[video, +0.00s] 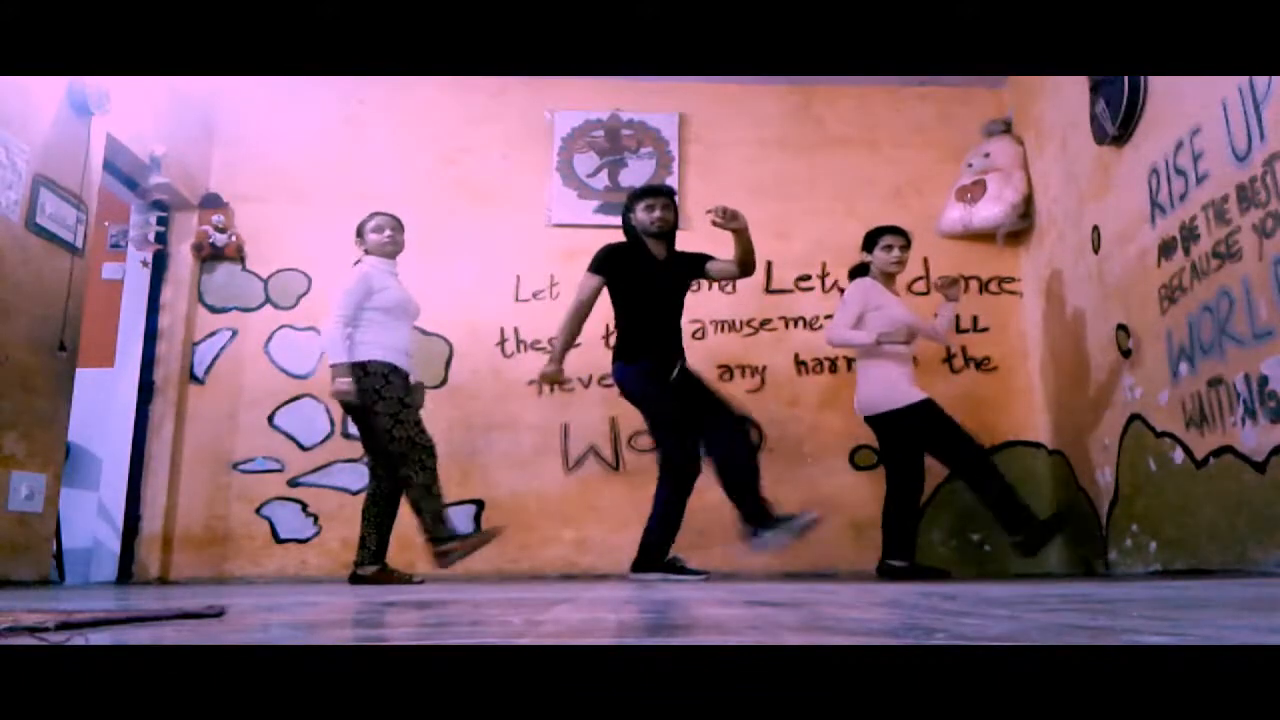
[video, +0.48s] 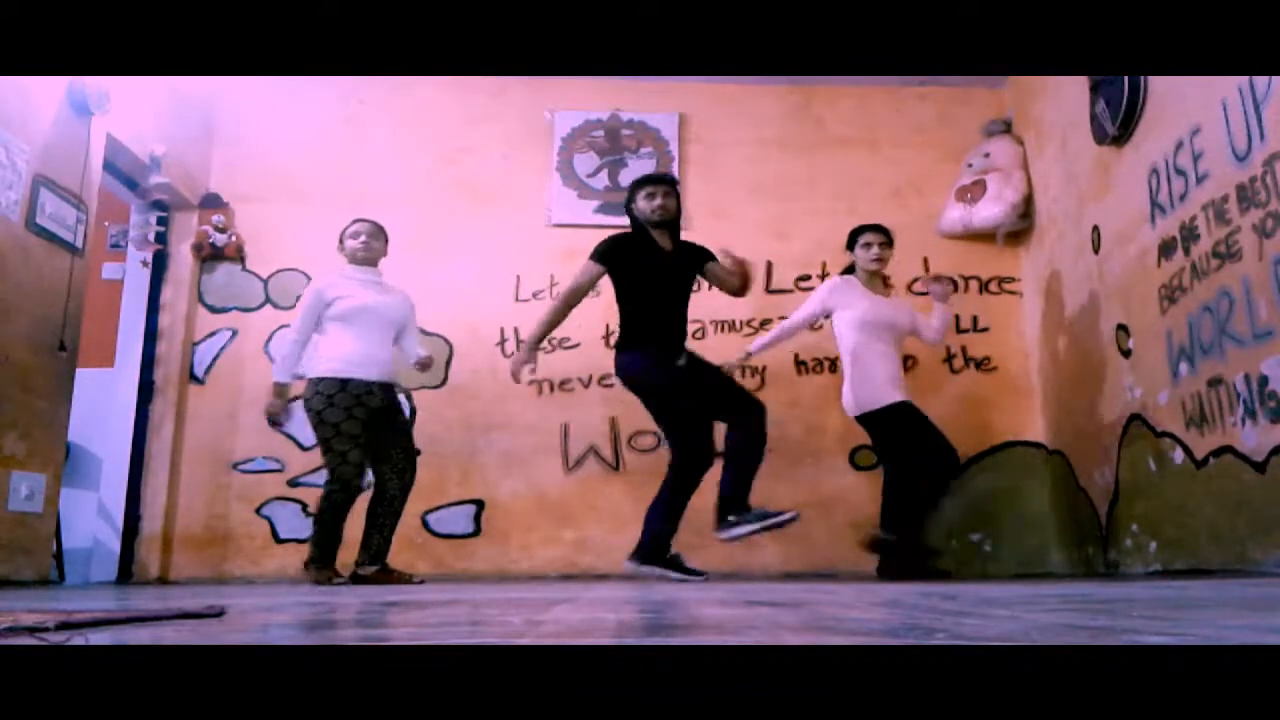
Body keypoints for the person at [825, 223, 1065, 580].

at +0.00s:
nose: (895, 255)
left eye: (901, 250)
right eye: (887, 248)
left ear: (906, 257)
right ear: (870, 254)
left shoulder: (890, 299)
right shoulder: (861, 287)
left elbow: (939, 334)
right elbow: (834, 334)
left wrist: (950, 300)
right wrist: (879, 338)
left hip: (892, 397)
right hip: (890, 396)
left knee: (905, 482)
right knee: (969, 457)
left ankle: (896, 560)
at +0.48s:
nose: (876, 252)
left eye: (883, 246)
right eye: (867, 246)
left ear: (890, 253)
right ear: (852, 254)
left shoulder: (894, 305)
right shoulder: (838, 288)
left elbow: (934, 335)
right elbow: (793, 323)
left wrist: (942, 301)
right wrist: (749, 352)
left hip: (891, 396)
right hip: (871, 396)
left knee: (902, 474)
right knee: (945, 463)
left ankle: (899, 557)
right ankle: (905, 544)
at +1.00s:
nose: (850, 231)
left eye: (859, 224)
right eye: (841, 225)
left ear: (875, 232)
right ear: (829, 236)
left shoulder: (900, 278)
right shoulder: (817, 282)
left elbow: (969, 300)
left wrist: (999, 275)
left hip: (885, 403)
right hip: (835, 407)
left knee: (863, 506)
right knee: (855, 508)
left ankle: (855, 602)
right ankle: (928, 585)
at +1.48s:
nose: (803, 232)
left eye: (812, 225)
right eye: (793, 226)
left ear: (827, 232)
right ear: (782, 234)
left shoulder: (849, 280)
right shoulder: (769, 279)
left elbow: (912, 313)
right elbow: (725, 305)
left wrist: (949, 293)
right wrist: (723, 282)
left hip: (829, 402)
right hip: (786, 405)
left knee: (791, 491)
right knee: (812, 498)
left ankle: (794, 597)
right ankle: (866, 593)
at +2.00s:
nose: (734, 253)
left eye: (742, 247)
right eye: (726, 249)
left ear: (756, 254)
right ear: (717, 256)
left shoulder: (775, 293)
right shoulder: (708, 297)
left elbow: (827, 321)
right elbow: (665, 332)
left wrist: (827, 289)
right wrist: (635, 312)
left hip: (763, 397)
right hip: (717, 399)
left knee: (745, 479)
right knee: (727, 482)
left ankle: (743, 556)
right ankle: (753, 558)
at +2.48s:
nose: (710, 254)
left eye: (718, 248)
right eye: (704, 249)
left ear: (735, 253)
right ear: (697, 256)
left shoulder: (751, 289)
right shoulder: (695, 296)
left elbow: (783, 334)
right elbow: (659, 336)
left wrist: (803, 377)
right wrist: (651, 309)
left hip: (726, 395)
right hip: (699, 395)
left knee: (676, 468)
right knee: (702, 480)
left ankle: (630, 543)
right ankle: (721, 560)